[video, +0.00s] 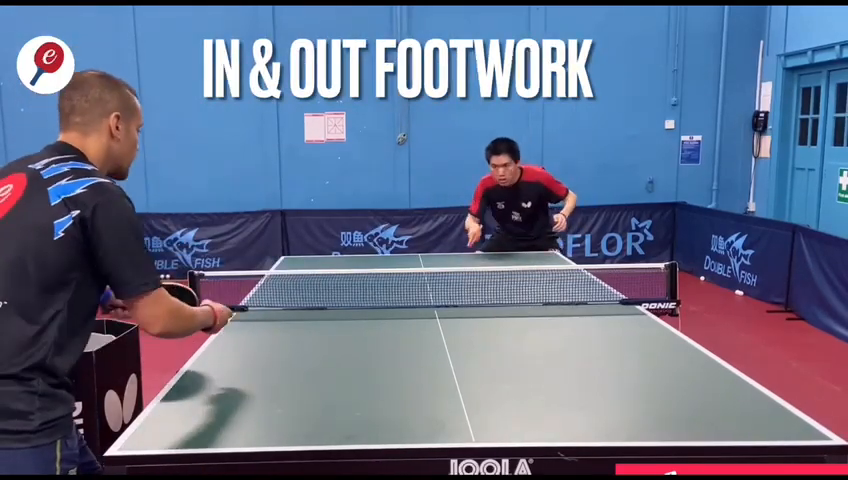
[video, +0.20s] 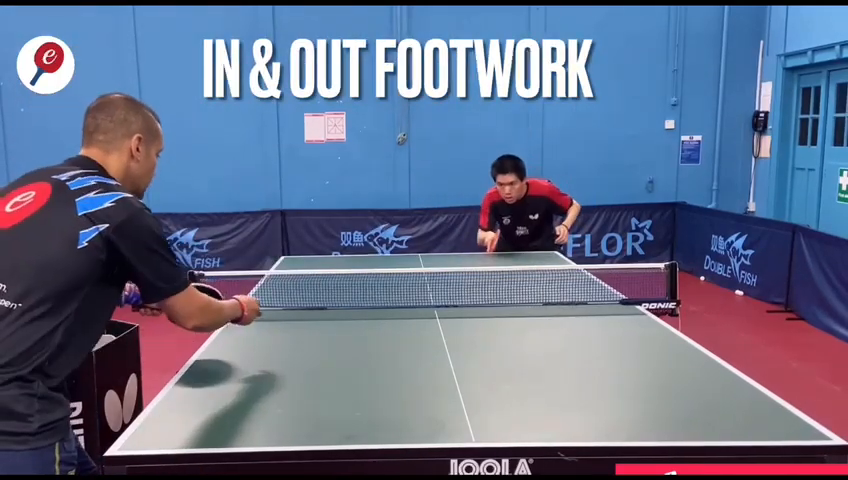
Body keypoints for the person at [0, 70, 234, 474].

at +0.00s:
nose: (137, 146)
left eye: (139, 133)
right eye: (137, 132)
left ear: (67, 123)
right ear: (114, 126)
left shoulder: (12, 174)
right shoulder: (99, 195)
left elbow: (26, 289)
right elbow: (157, 318)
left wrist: (102, 302)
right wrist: (209, 315)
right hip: (28, 429)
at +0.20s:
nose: (154, 173)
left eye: (159, 159)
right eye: (156, 157)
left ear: (89, 140)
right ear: (136, 147)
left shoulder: (25, 185)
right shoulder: (121, 210)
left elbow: (42, 277)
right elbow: (191, 313)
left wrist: (124, 290)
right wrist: (238, 308)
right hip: (23, 420)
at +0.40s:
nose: (162, 186)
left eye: (167, 173)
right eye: (165, 172)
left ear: (99, 152)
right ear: (145, 161)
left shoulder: (31, 192)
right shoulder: (131, 221)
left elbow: (48, 286)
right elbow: (198, 324)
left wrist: (140, 309)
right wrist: (239, 318)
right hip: (21, 430)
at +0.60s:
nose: (172, 209)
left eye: (176, 196)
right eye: (176, 193)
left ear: (114, 170)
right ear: (160, 181)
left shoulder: (47, 206)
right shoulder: (134, 235)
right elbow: (189, 356)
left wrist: (171, 314)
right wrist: (237, 349)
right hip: (21, 429)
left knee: (88, 468)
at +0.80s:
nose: (171, 203)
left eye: (176, 190)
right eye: (175, 189)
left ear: (111, 172)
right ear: (159, 181)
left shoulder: (65, 207)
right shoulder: (119, 232)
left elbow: (127, 275)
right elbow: (173, 356)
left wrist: (201, 287)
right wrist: (226, 341)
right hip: (14, 418)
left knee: (88, 469)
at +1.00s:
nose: (156, 170)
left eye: (158, 158)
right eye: (158, 158)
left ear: (90, 145)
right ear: (142, 153)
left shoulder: (37, 191)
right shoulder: (103, 217)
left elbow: (79, 280)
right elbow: (149, 350)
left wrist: (174, 280)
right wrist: (206, 339)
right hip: (23, 431)